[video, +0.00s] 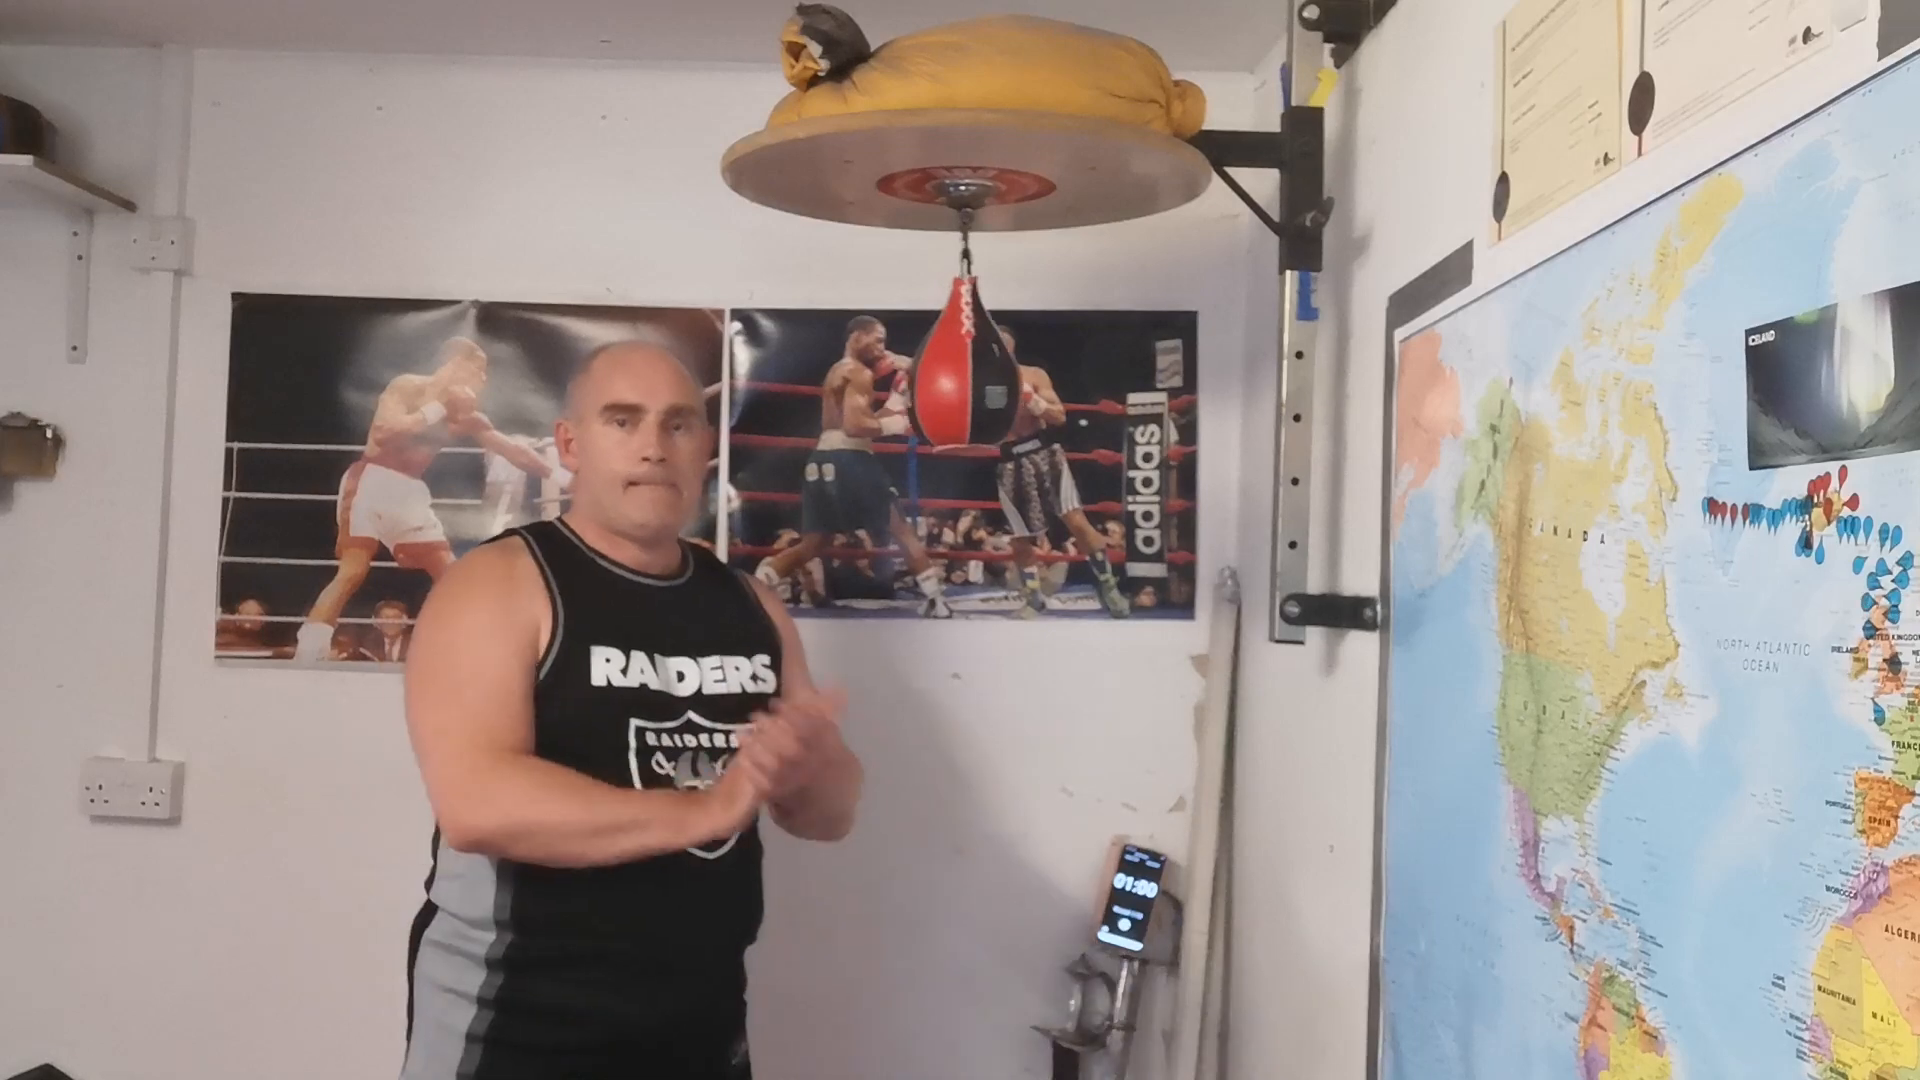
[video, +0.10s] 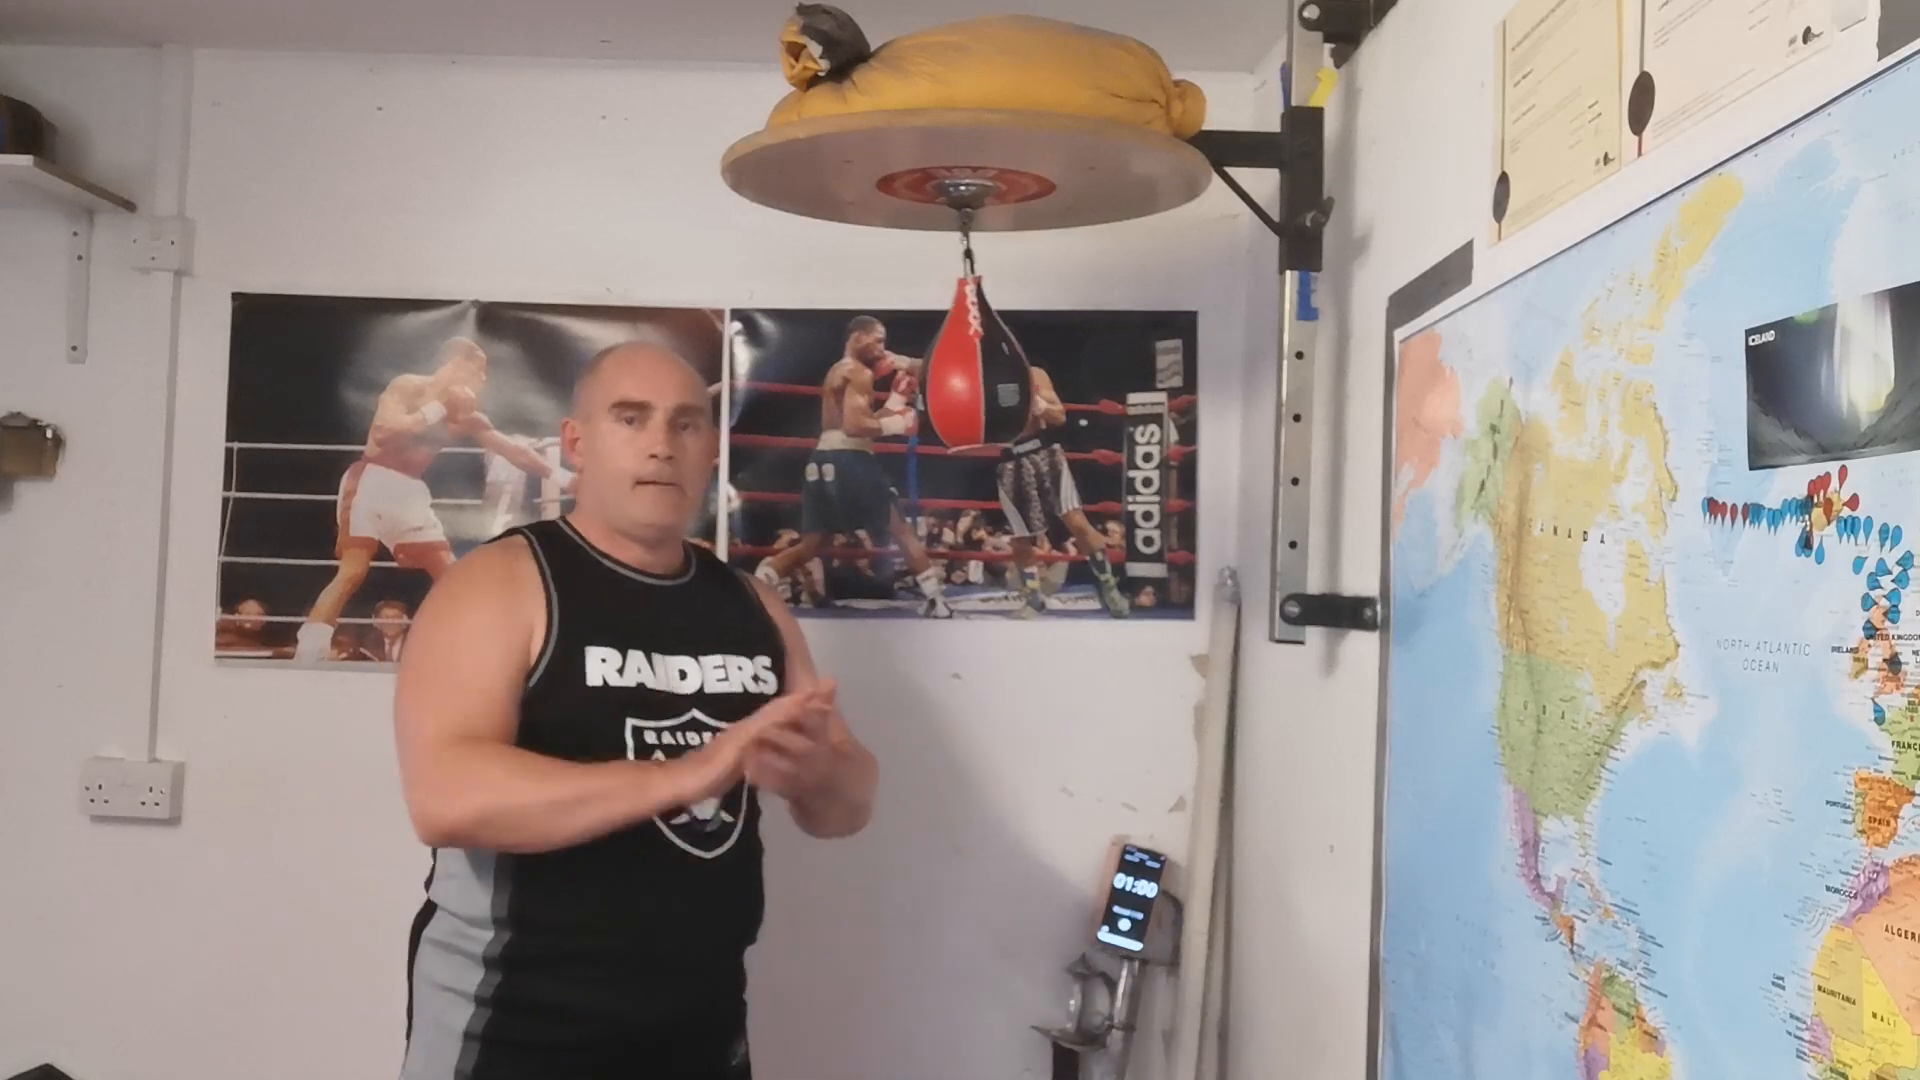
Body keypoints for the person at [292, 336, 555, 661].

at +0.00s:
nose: (481, 380)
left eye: (483, 373)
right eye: (477, 370)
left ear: (472, 376)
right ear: (453, 363)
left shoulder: (463, 407)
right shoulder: (405, 386)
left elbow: (506, 447)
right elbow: (382, 434)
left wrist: (555, 475)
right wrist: (434, 412)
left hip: (409, 493)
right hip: (370, 482)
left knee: (448, 573)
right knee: (352, 571)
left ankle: (450, 658)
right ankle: (306, 651)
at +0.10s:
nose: (474, 382)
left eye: (479, 376)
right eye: (470, 372)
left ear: (479, 379)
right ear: (452, 365)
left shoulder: (463, 410)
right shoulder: (405, 386)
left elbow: (511, 450)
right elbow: (381, 435)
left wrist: (560, 479)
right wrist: (434, 412)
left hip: (410, 492)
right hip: (371, 482)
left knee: (449, 574)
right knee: (353, 570)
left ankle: (463, 659)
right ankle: (306, 653)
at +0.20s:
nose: (482, 381)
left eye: (484, 374)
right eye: (479, 371)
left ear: (468, 373)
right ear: (455, 365)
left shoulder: (461, 415)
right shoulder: (406, 386)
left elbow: (510, 448)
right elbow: (384, 430)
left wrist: (546, 473)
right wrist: (437, 407)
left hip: (409, 492)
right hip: (368, 482)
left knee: (449, 573)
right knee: (352, 572)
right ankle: (306, 654)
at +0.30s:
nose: (478, 382)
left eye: (480, 375)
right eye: (474, 373)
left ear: (474, 377)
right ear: (453, 365)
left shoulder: (461, 408)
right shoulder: (404, 387)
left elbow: (510, 450)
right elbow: (382, 432)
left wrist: (564, 478)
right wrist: (432, 414)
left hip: (408, 491)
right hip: (370, 482)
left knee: (447, 576)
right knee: (353, 571)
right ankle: (306, 653)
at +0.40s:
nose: (474, 380)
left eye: (479, 373)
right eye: (469, 370)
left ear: (481, 377)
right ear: (450, 365)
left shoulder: (463, 412)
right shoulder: (406, 387)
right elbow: (385, 431)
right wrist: (438, 407)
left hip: (413, 488)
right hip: (373, 477)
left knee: (413, 572)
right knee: (352, 570)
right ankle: (311, 640)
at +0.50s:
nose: (472, 380)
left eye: (478, 373)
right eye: (466, 370)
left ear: (482, 380)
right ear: (448, 366)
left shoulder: (468, 417)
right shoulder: (407, 386)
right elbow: (384, 429)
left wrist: (482, 429)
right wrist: (436, 409)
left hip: (424, 486)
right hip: (378, 475)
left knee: (418, 573)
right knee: (353, 572)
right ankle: (309, 644)